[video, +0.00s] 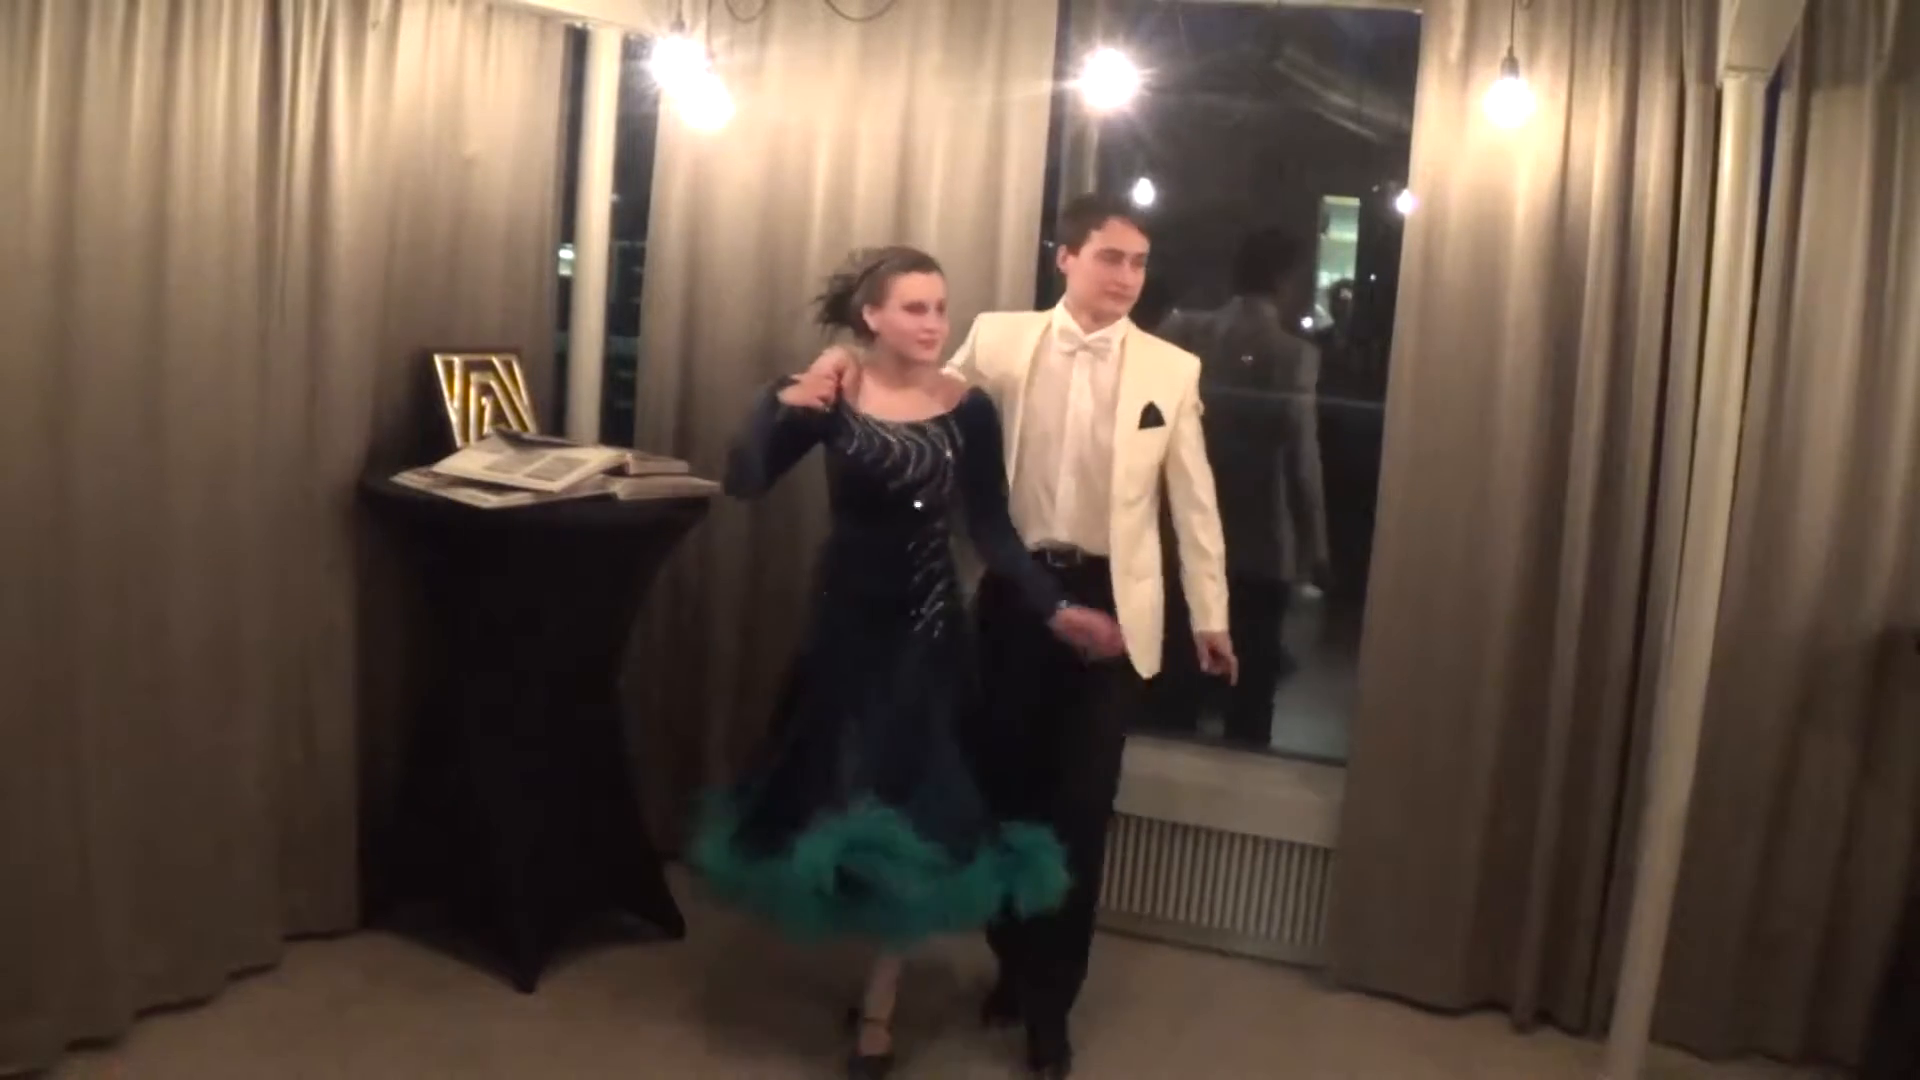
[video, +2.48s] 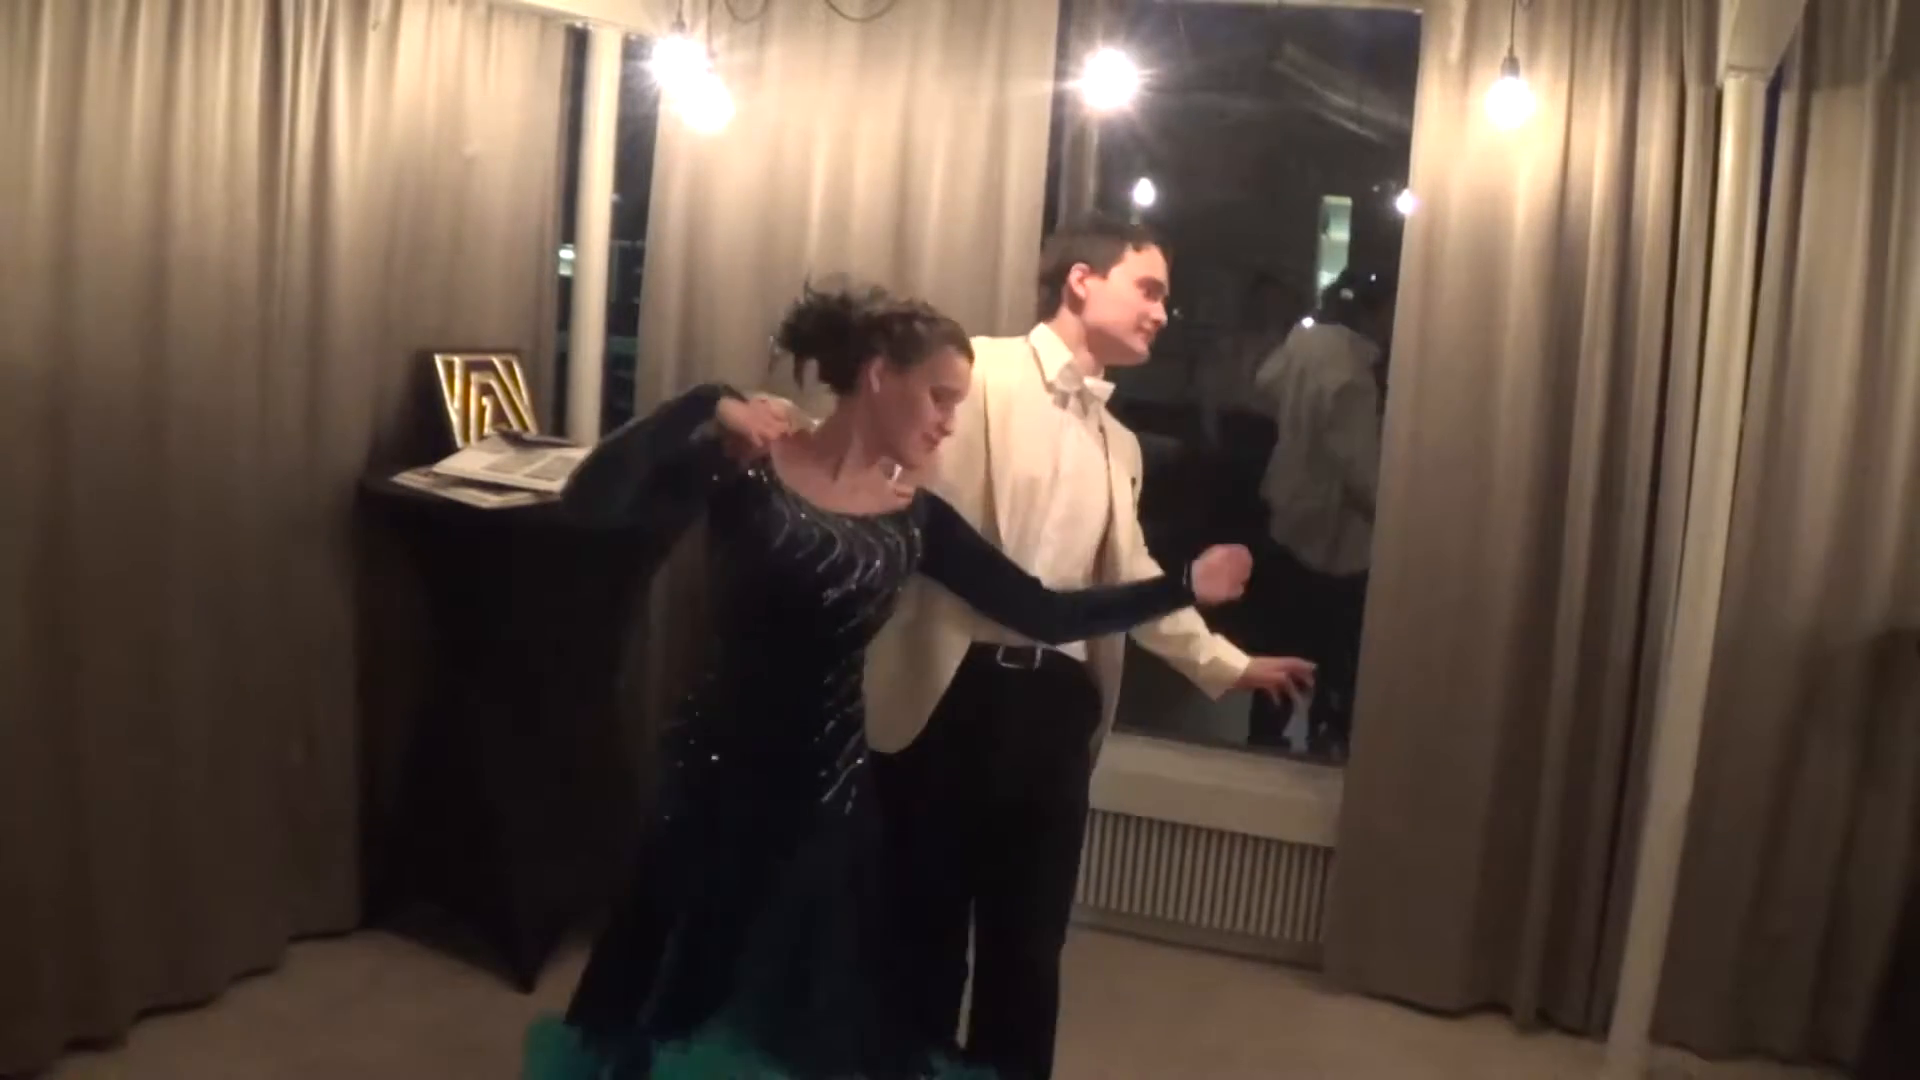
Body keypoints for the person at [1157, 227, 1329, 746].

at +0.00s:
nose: (1308, 290)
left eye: (1307, 278)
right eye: (1304, 278)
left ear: (1240, 273)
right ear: (1286, 281)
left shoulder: (1183, 333)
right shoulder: (1294, 355)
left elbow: (1151, 431)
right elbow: (1302, 462)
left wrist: (1148, 517)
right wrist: (1316, 548)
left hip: (1180, 532)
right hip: (1260, 541)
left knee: (1174, 681)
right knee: (1252, 680)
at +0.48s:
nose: (1316, 292)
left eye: (1313, 282)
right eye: (1315, 283)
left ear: (1256, 280)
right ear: (1308, 287)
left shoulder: (1207, 342)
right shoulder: (1326, 359)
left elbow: (1180, 436)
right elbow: (1342, 457)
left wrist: (1175, 509)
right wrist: (1346, 535)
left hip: (1210, 527)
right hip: (1288, 534)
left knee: (1207, 655)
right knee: (1268, 666)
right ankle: (1238, 773)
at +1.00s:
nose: (1339, 289)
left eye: (1334, 280)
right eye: (1337, 280)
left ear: (1282, 277)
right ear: (1331, 282)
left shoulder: (1240, 336)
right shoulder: (1354, 347)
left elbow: (1210, 408)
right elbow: (1383, 414)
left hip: (1235, 512)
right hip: (1314, 521)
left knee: (1226, 624)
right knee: (1285, 637)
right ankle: (1245, 743)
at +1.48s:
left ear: (1308, 267)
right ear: (1359, 274)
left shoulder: (1263, 313)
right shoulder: (1378, 331)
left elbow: (1207, 355)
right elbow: (1389, 428)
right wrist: (1380, 510)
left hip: (1259, 511)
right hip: (1337, 524)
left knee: (1249, 649)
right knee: (1320, 661)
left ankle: (1234, 762)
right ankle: (1302, 779)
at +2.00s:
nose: (1385, 298)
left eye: (1384, 287)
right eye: (1380, 287)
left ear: (1327, 282)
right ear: (1365, 287)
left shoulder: (1280, 327)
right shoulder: (1376, 348)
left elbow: (1233, 378)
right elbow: (1387, 430)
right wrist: (1385, 503)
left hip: (1263, 490)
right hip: (1336, 499)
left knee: (1269, 622)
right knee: (1331, 636)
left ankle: (1268, 738)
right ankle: (1279, 736)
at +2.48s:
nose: (1394, 323)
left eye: (1395, 311)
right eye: (1392, 312)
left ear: (1342, 296)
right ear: (1379, 309)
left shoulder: (1304, 341)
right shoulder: (1349, 377)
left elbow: (1266, 380)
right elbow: (1361, 467)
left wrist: (1301, 415)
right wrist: (1393, 511)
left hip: (1287, 509)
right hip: (1334, 526)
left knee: (1280, 626)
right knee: (1335, 638)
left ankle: (1266, 733)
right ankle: (1328, 737)